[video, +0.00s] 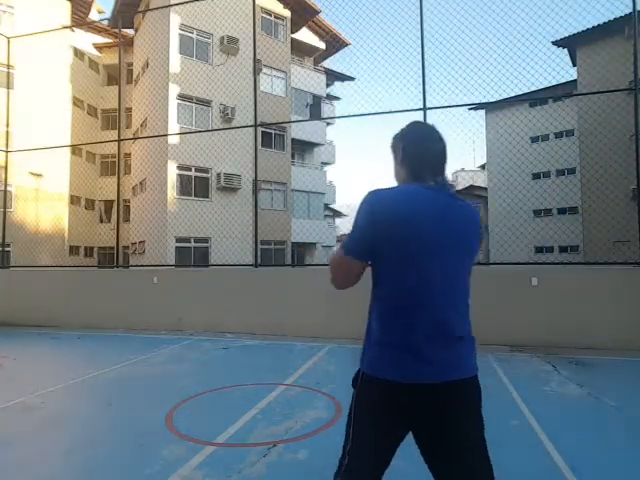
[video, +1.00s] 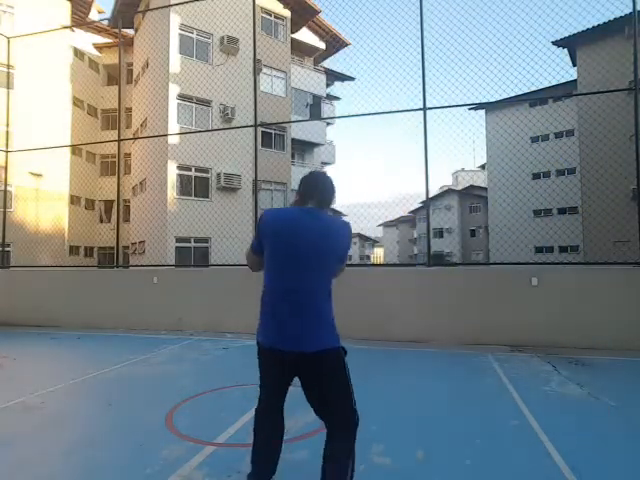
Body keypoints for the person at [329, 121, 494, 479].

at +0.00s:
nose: (394, 165)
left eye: (394, 158)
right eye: (394, 157)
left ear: (402, 160)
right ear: (441, 161)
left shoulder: (380, 204)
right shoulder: (469, 214)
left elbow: (342, 277)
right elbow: (455, 267)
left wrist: (346, 244)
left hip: (387, 381)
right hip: (454, 383)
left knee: (356, 472)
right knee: (470, 473)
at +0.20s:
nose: (359, 168)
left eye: (361, 162)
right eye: (361, 161)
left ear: (366, 165)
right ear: (403, 167)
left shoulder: (345, 206)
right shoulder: (425, 212)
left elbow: (308, 264)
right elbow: (398, 258)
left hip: (355, 360)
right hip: (414, 360)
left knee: (333, 454)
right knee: (419, 455)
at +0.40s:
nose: (355, 179)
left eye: (357, 174)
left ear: (360, 176)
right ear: (397, 179)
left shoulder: (334, 207)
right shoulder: (415, 219)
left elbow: (302, 266)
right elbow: (400, 266)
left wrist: (303, 242)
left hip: (339, 356)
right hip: (396, 357)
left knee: (324, 448)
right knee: (397, 451)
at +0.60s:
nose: (349, 188)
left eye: (350, 183)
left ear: (352, 186)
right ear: (389, 191)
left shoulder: (325, 216)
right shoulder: (406, 227)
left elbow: (297, 279)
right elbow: (400, 290)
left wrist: (329, 261)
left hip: (325, 354)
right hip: (378, 357)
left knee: (297, 427)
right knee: (391, 452)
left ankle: (295, 477)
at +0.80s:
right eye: (363, 194)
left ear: (328, 192)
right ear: (363, 195)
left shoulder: (300, 224)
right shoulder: (376, 232)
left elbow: (274, 281)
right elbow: (368, 275)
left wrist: (305, 255)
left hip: (303, 360)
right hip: (354, 361)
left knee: (273, 445)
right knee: (379, 454)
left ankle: (258, 476)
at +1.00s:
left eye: (297, 192)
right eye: (329, 198)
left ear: (298, 194)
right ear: (330, 199)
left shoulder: (270, 219)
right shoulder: (340, 229)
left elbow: (254, 262)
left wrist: (288, 243)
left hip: (273, 341)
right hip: (318, 344)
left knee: (269, 412)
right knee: (343, 421)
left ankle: (259, 475)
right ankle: (336, 476)